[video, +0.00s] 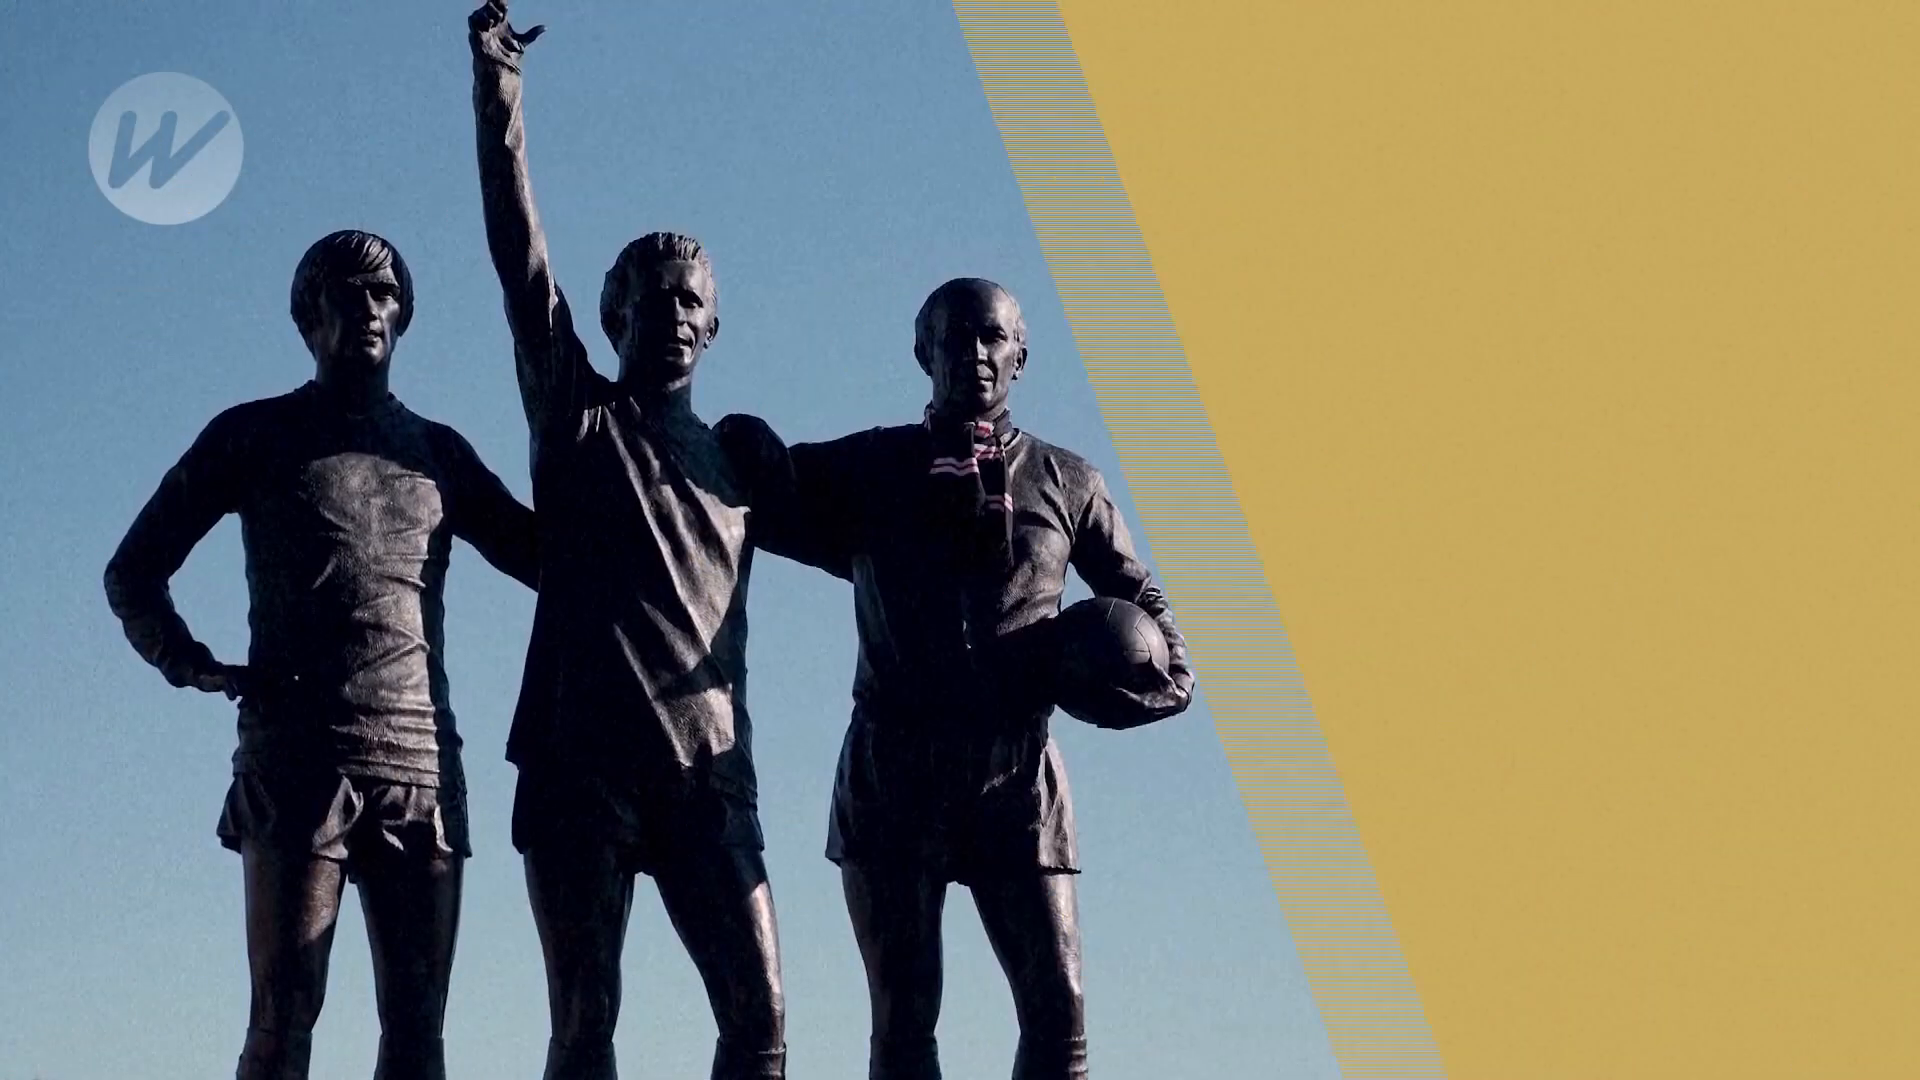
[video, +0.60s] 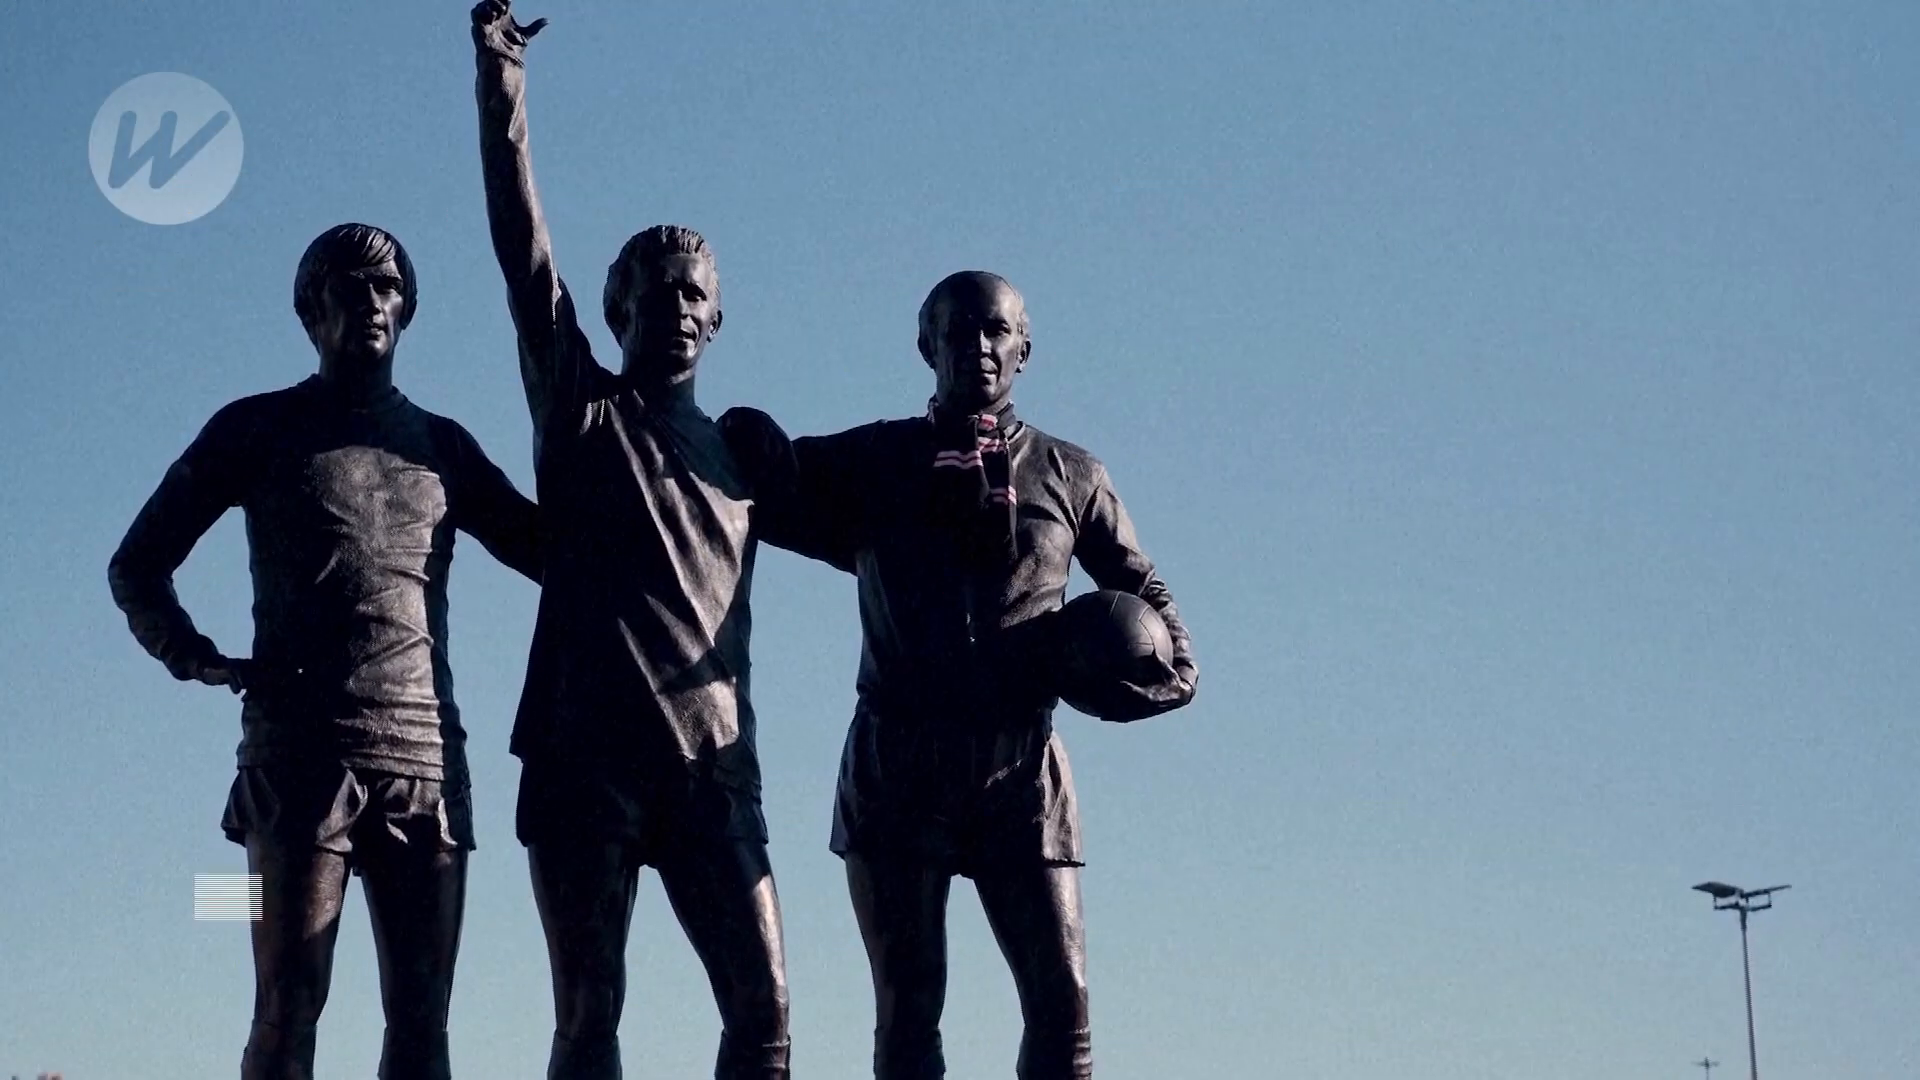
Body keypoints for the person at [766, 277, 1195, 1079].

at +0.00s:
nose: (979, 354)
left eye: (996, 339)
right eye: (959, 337)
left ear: (1018, 357)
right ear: (925, 349)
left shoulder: (1065, 481)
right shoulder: (870, 465)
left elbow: (1139, 597)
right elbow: (745, 481)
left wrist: (1161, 666)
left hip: (1018, 773)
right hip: (893, 773)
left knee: (1057, 1012)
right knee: (903, 1020)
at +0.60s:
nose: (983, 347)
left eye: (999, 331)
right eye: (963, 331)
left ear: (1023, 349)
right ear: (929, 343)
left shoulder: (1069, 473)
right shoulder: (875, 457)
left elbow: (1142, 589)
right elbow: (757, 477)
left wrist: (1164, 655)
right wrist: (751, 436)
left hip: (1021, 767)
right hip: (898, 766)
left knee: (1062, 1004)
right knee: (908, 1011)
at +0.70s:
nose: (984, 346)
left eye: (1001, 330)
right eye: (965, 329)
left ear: (1024, 346)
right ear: (929, 341)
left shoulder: (1071, 473)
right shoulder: (874, 456)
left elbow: (1144, 588)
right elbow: (750, 472)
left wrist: (1166, 655)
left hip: (1024, 764)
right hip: (899, 763)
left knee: (1063, 1002)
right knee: (909, 1010)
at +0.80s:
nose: (984, 346)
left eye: (1001, 330)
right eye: (965, 330)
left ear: (1026, 347)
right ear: (932, 343)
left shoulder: (1072, 472)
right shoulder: (879, 457)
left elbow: (1145, 588)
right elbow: (759, 474)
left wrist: (1171, 658)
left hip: (1024, 765)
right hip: (901, 765)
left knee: (1065, 1001)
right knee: (910, 1011)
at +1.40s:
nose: (984, 348)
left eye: (1002, 334)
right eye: (966, 333)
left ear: (1028, 353)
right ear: (933, 348)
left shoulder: (1076, 478)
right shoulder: (879, 461)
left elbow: (1150, 598)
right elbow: (765, 484)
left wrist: (1179, 668)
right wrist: (754, 434)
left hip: (1025, 771)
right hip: (902, 769)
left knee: (1067, 1003)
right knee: (913, 1015)